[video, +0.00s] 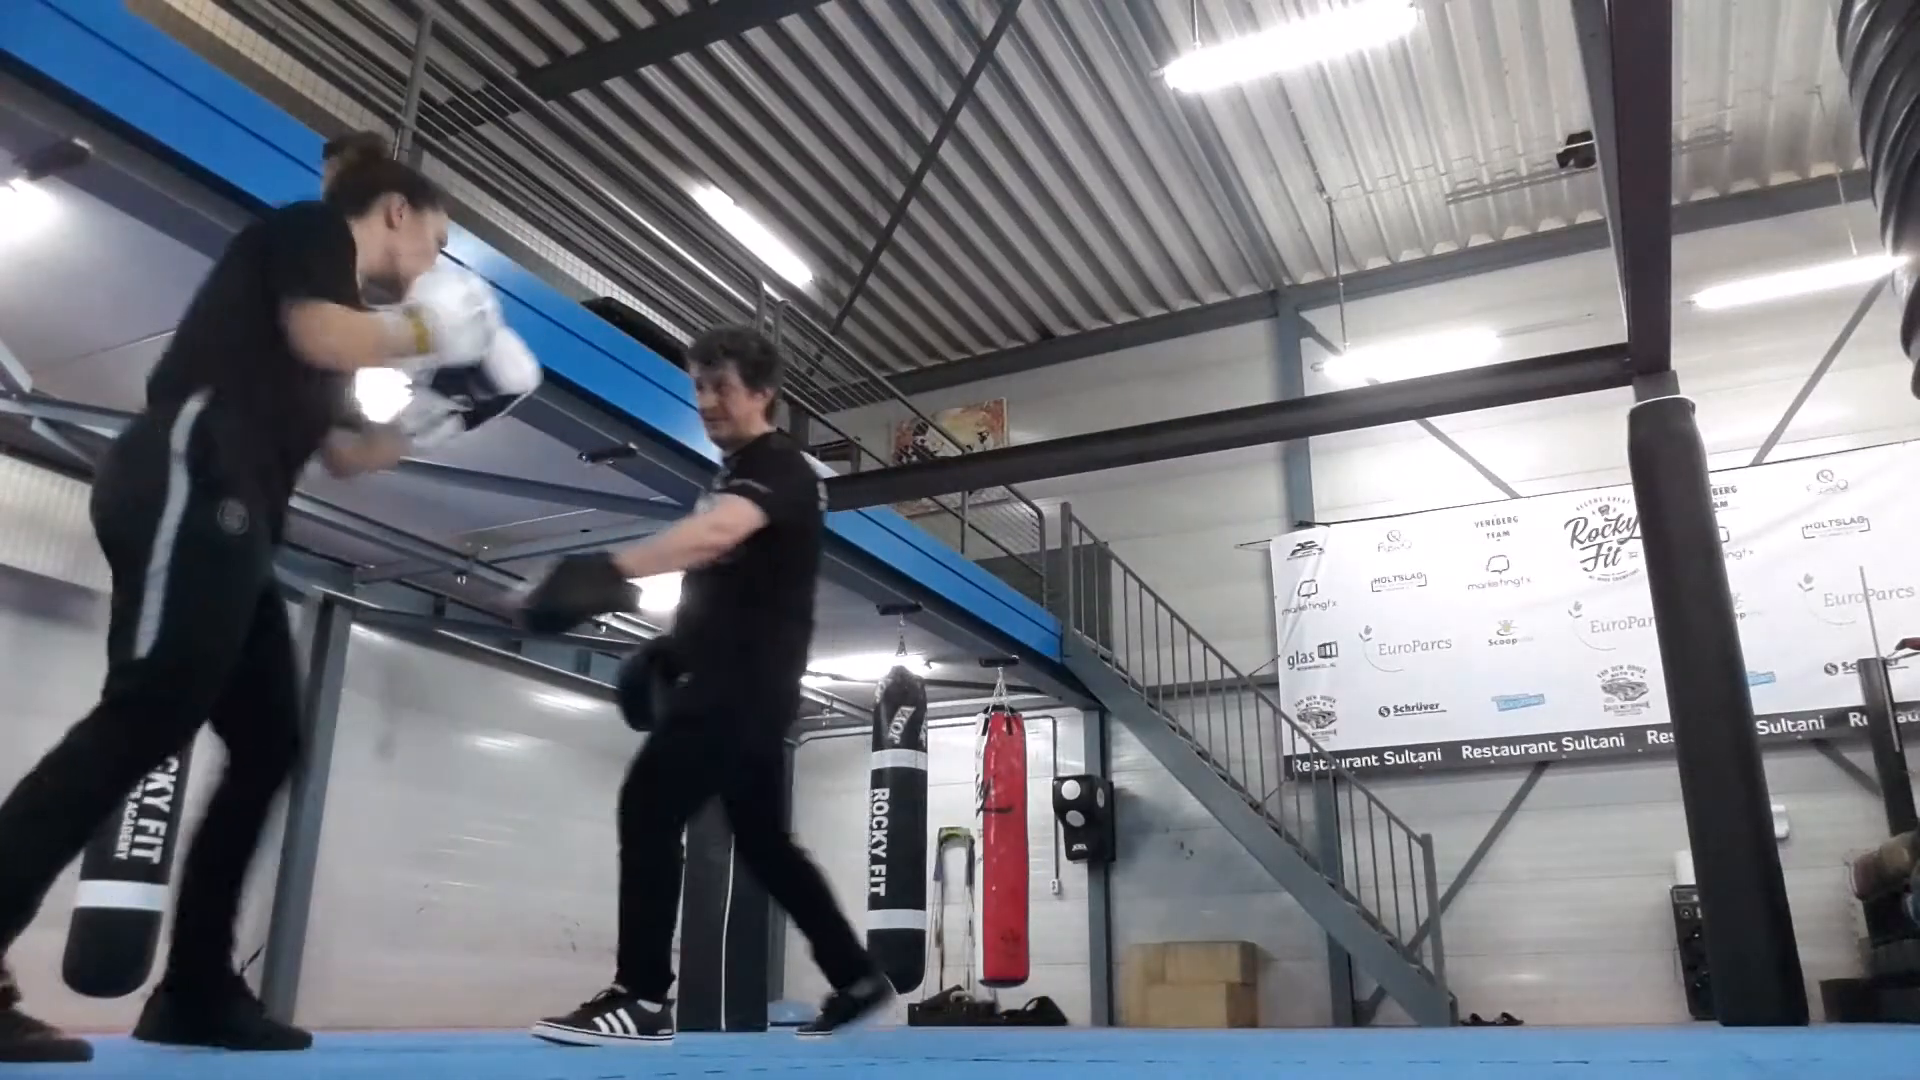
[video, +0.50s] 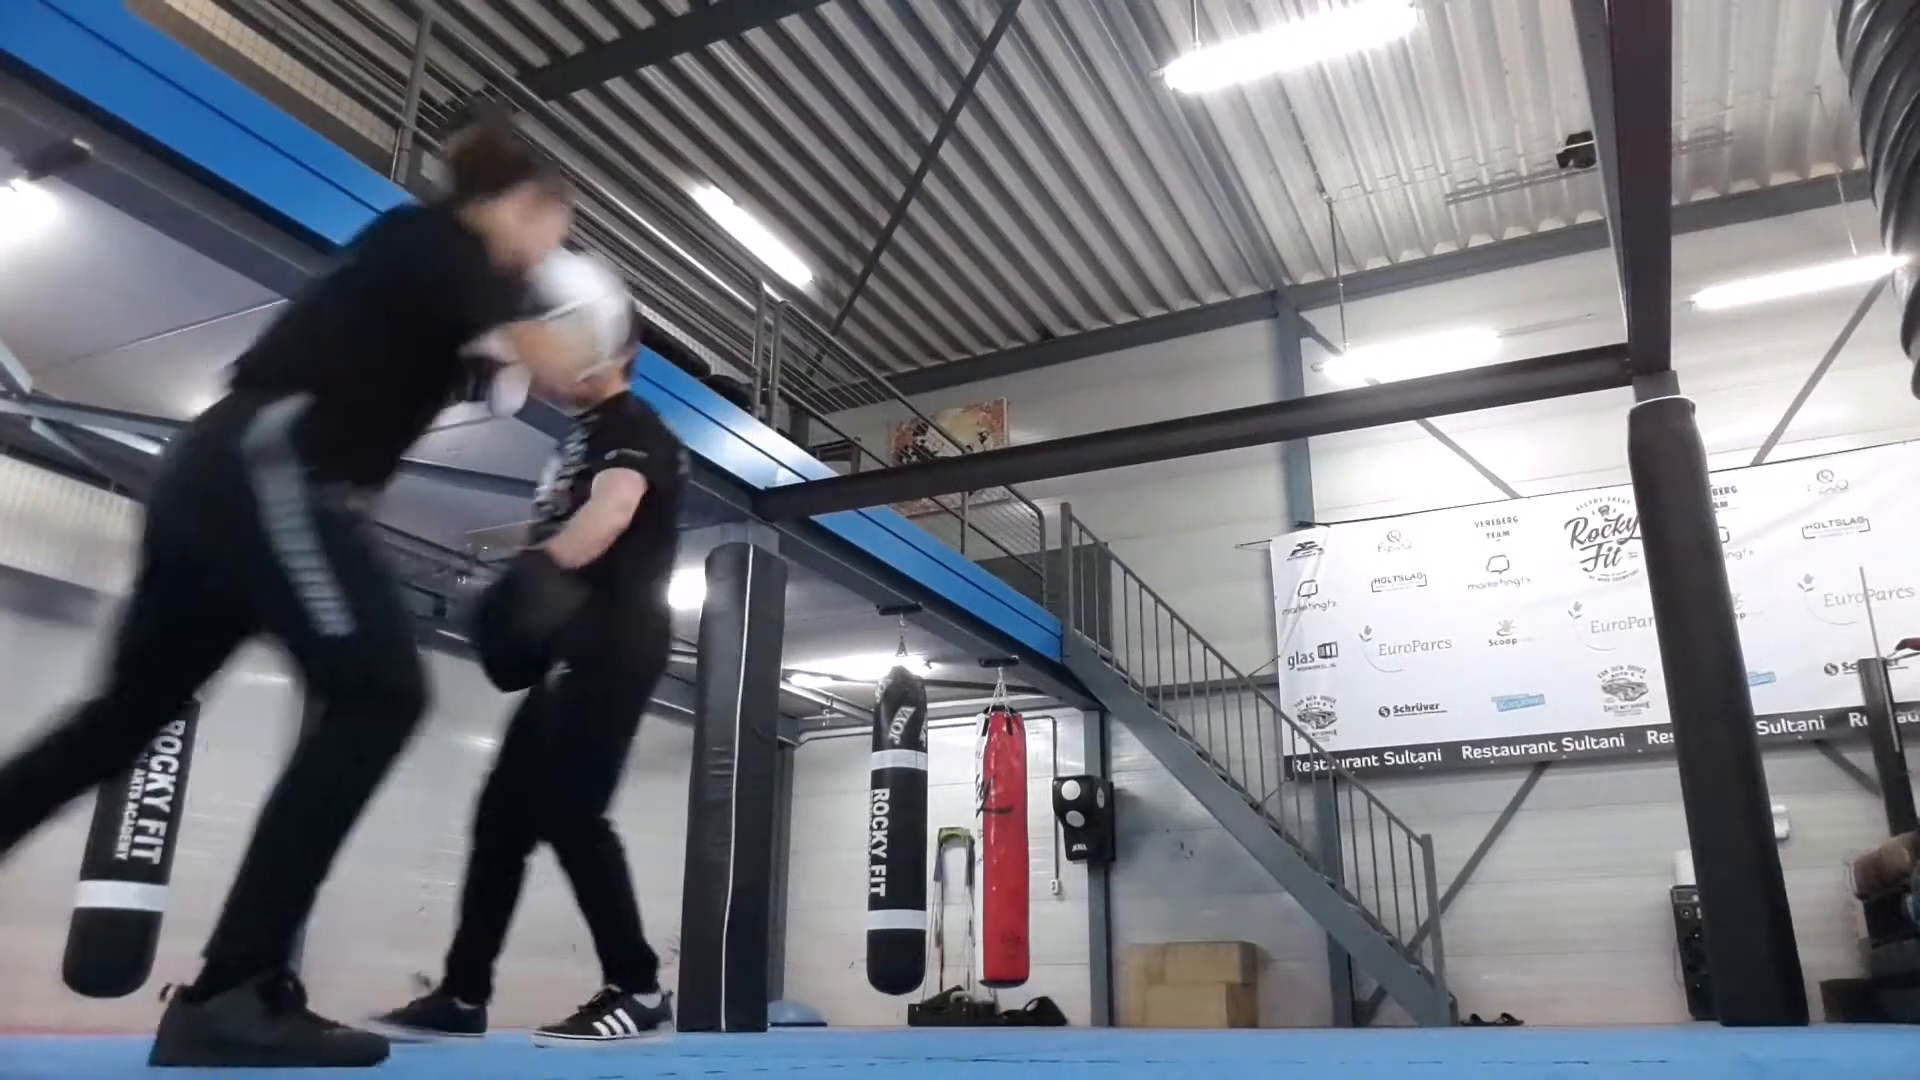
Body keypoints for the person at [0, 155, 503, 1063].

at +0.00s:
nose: (426, 267)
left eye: (434, 253)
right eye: (428, 244)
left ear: (383, 220)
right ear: (393, 213)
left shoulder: (327, 310)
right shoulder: (311, 228)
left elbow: (336, 451)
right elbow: (318, 334)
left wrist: (428, 423)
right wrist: (443, 332)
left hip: (230, 513)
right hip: (183, 482)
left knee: (268, 743)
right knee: (146, 716)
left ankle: (196, 991)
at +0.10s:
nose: (436, 255)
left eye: (442, 241)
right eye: (435, 231)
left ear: (389, 207)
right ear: (395, 194)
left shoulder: (335, 282)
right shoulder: (318, 194)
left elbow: (285, 424)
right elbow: (258, 270)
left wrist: (389, 413)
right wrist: (369, 334)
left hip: (214, 460)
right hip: (170, 424)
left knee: (213, 707)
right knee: (190, 685)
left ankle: (104, 958)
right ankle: (18, 923)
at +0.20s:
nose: (432, 277)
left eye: (438, 260)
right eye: (433, 251)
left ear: (385, 227)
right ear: (392, 215)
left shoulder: (323, 302)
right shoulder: (308, 213)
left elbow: (263, 442)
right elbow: (221, 275)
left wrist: (387, 432)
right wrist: (338, 356)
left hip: (180, 469)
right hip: (133, 434)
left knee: (150, 739)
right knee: (231, 640)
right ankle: (133, 935)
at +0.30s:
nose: (428, 331)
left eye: (434, 313)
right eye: (429, 305)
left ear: (374, 278)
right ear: (380, 272)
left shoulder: (319, 368)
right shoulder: (259, 281)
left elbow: (329, 498)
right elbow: (223, 371)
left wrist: (428, 452)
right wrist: (358, 398)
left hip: (140, 548)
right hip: (91, 522)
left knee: (25, 798)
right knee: (248, 676)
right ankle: (235, 960)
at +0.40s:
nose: (469, 312)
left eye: (475, 296)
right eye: (469, 289)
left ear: (418, 272)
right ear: (424, 263)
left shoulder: (348, 342)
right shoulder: (317, 291)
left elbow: (360, 483)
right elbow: (347, 399)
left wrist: (436, 401)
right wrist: (460, 387)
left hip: (182, 544)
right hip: (136, 528)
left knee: (36, 780)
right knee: (306, 686)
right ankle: (223, 992)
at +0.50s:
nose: (554, 241)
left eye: (559, 222)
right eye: (550, 216)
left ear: (482, 198)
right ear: (507, 200)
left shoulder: (419, 254)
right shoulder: (440, 246)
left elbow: (423, 359)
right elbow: (494, 325)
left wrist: (516, 368)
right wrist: (554, 347)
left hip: (216, 464)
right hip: (270, 464)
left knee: (127, 712)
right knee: (377, 695)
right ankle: (239, 994)